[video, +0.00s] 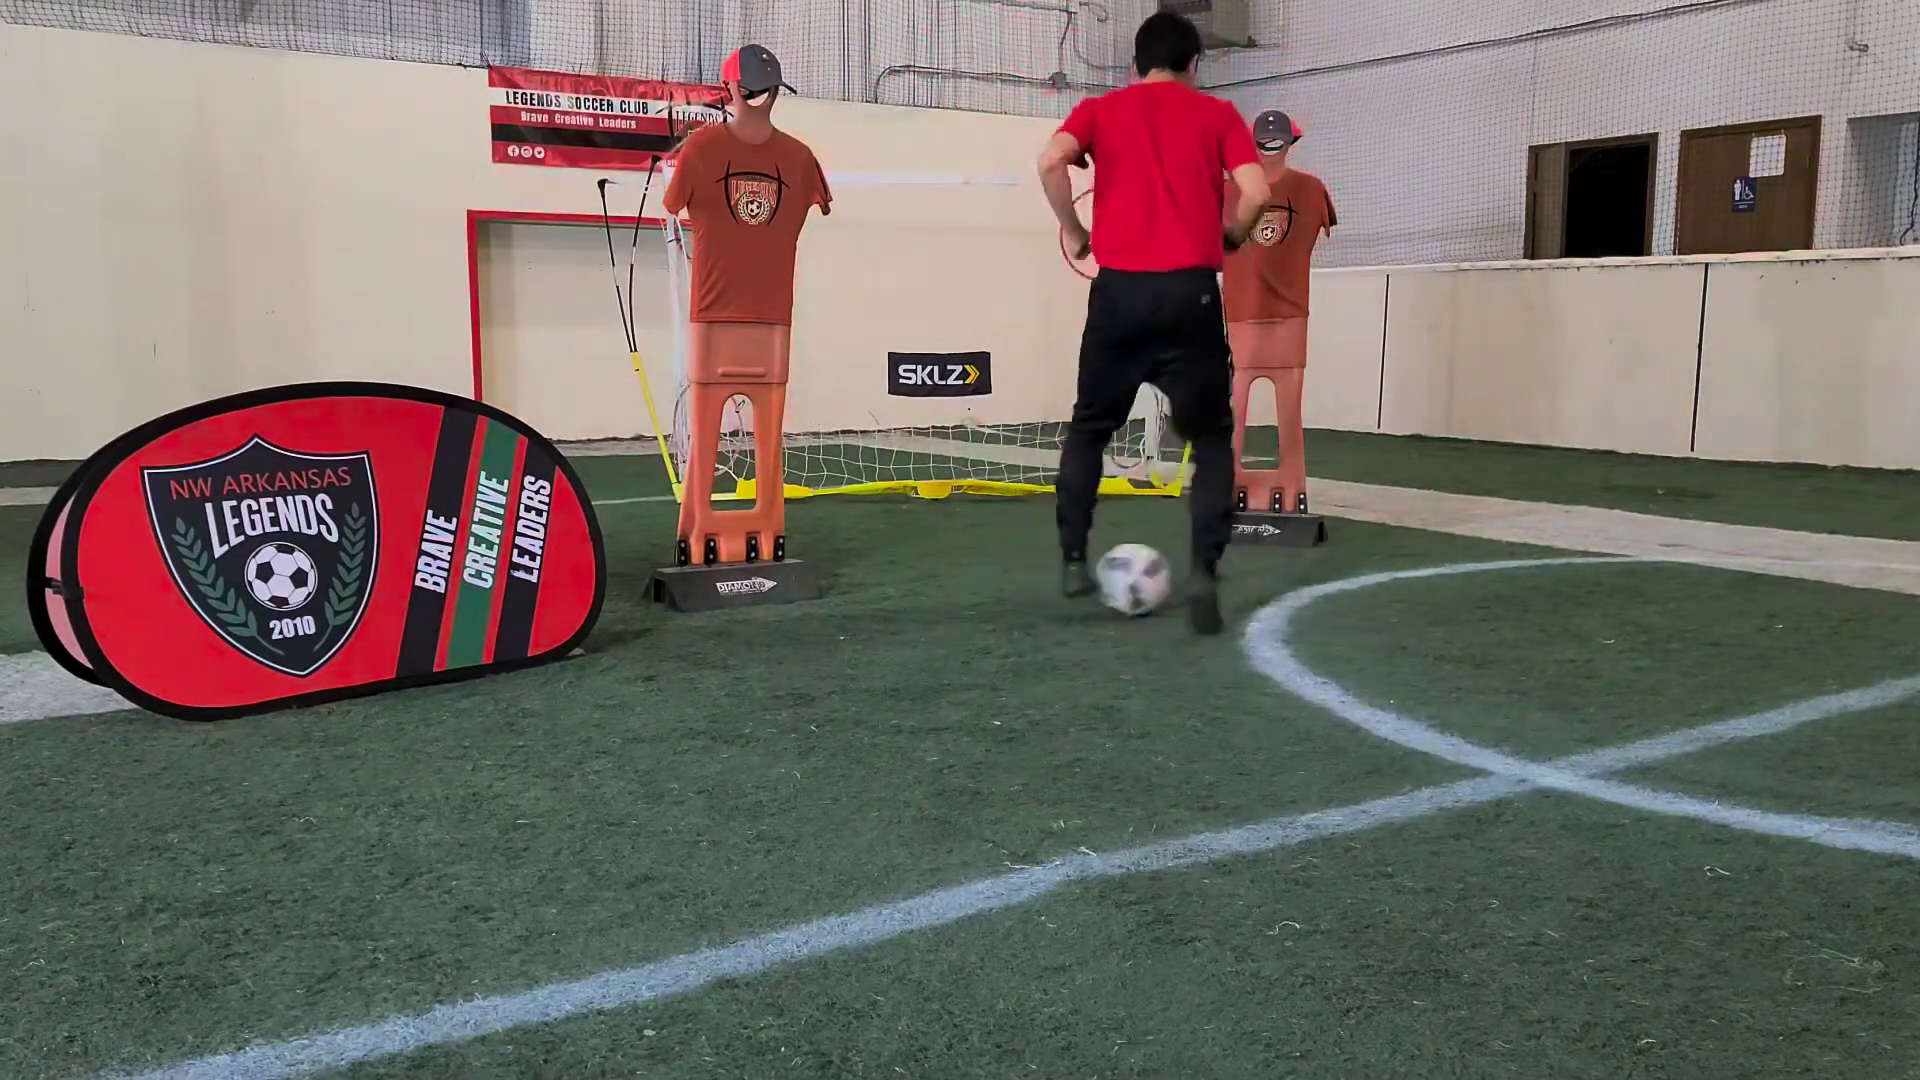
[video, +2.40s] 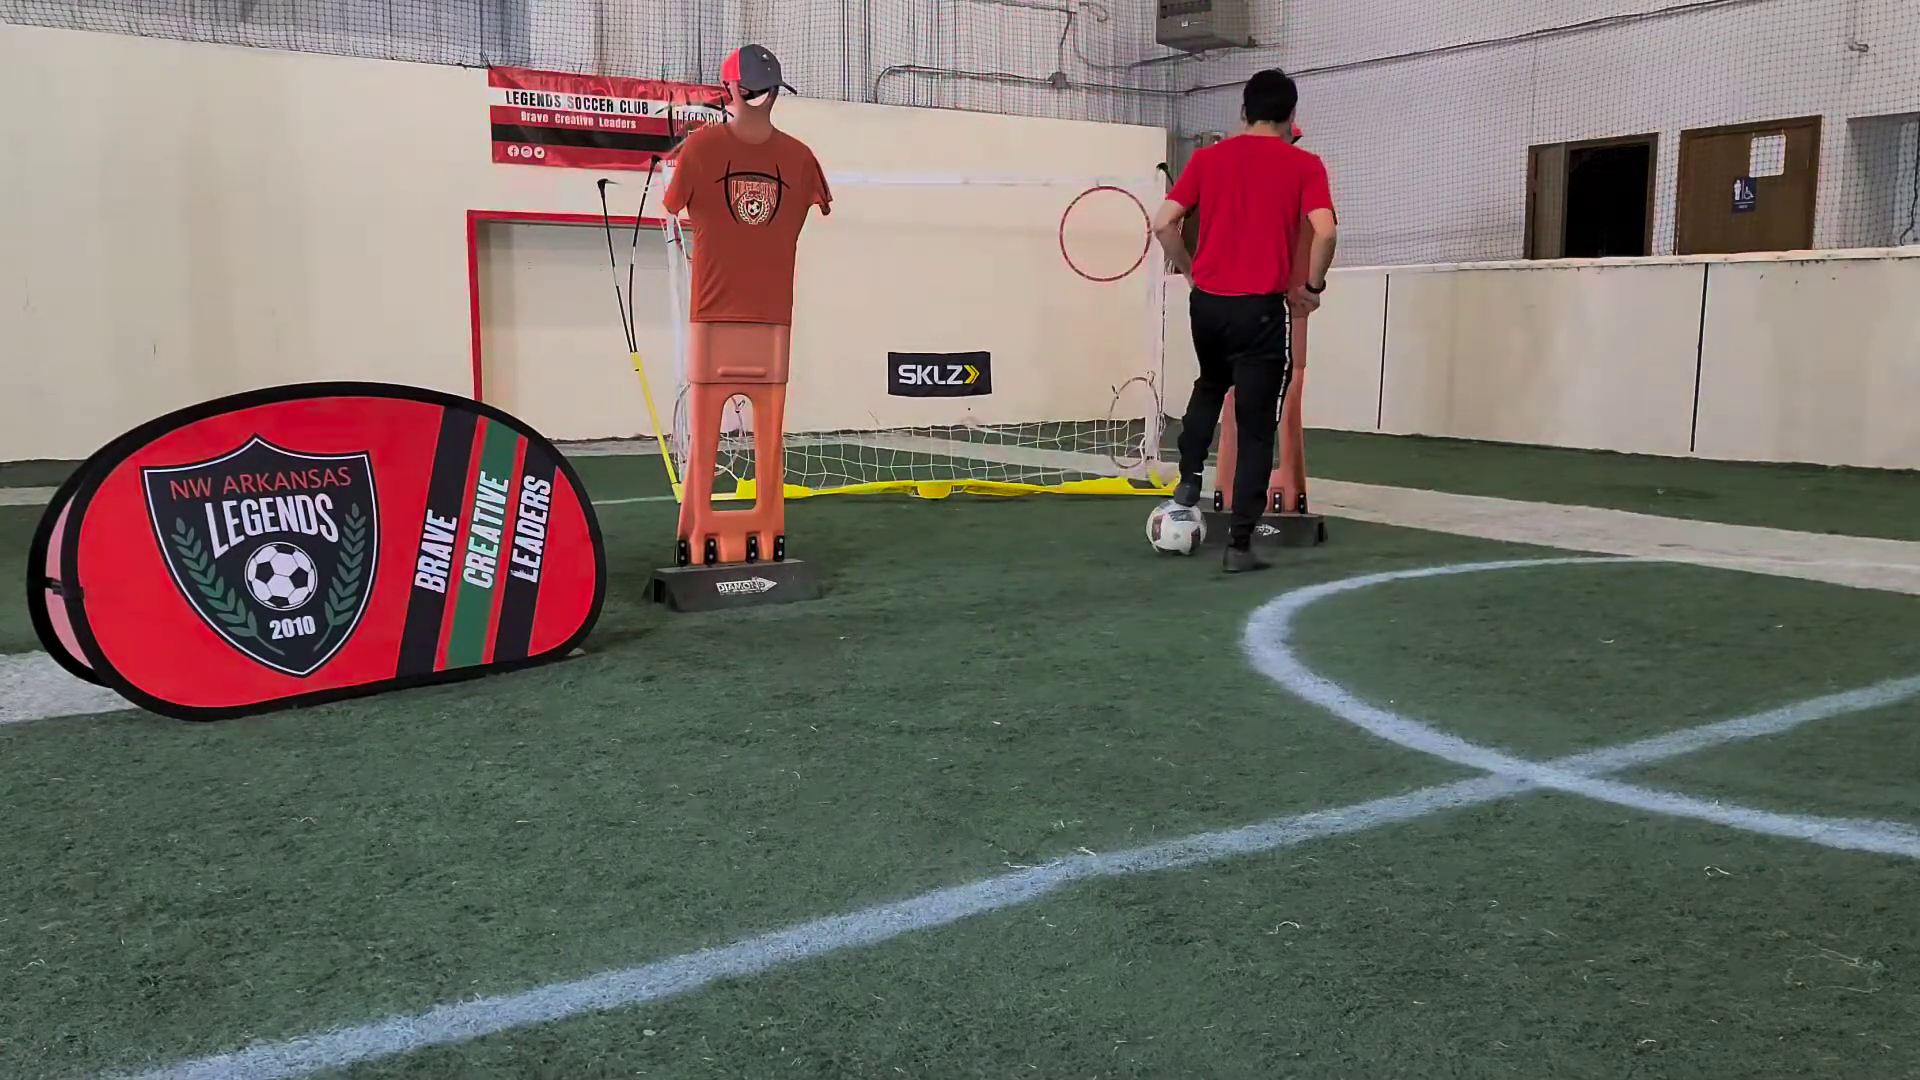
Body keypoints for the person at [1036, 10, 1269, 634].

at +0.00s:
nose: (1195, 72)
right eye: (1198, 64)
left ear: (1135, 65)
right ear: (1193, 65)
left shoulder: (1102, 108)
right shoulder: (1218, 113)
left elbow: (1050, 160)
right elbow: (1255, 193)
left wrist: (1072, 230)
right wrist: (1231, 235)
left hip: (1118, 296)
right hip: (1190, 296)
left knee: (1090, 427)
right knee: (1211, 435)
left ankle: (1073, 558)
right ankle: (1204, 572)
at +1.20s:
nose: (1225, 106)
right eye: (1230, 99)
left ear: (1178, 99)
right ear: (1227, 100)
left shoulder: (1147, 137)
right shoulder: (1248, 143)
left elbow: (1104, 195)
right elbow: (1284, 214)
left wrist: (1128, 243)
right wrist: (1267, 241)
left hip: (1161, 301)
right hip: (1223, 300)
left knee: (1144, 413)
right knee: (1246, 413)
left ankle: (1131, 531)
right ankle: (1244, 529)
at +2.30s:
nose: (1289, 122)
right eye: (1292, 114)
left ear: (1244, 113)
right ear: (1289, 115)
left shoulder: (1208, 158)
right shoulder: (1305, 165)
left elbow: (1164, 224)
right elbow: (1327, 234)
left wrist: (1183, 266)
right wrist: (1310, 285)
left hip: (1207, 308)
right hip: (1261, 312)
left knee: (1213, 380)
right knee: (1257, 426)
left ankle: (1192, 485)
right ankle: (1240, 545)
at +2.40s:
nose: (1295, 122)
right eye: (1295, 115)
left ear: (1245, 113)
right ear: (1290, 116)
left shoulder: (1208, 158)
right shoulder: (1304, 165)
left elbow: (1163, 223)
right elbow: (1326, 230)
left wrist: (1188, 266)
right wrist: (1313, 287)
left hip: (1207, 309)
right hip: (1261, 313)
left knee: (1212, 381)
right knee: (1256, 427)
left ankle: (1187, 486)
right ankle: (1240, 544)